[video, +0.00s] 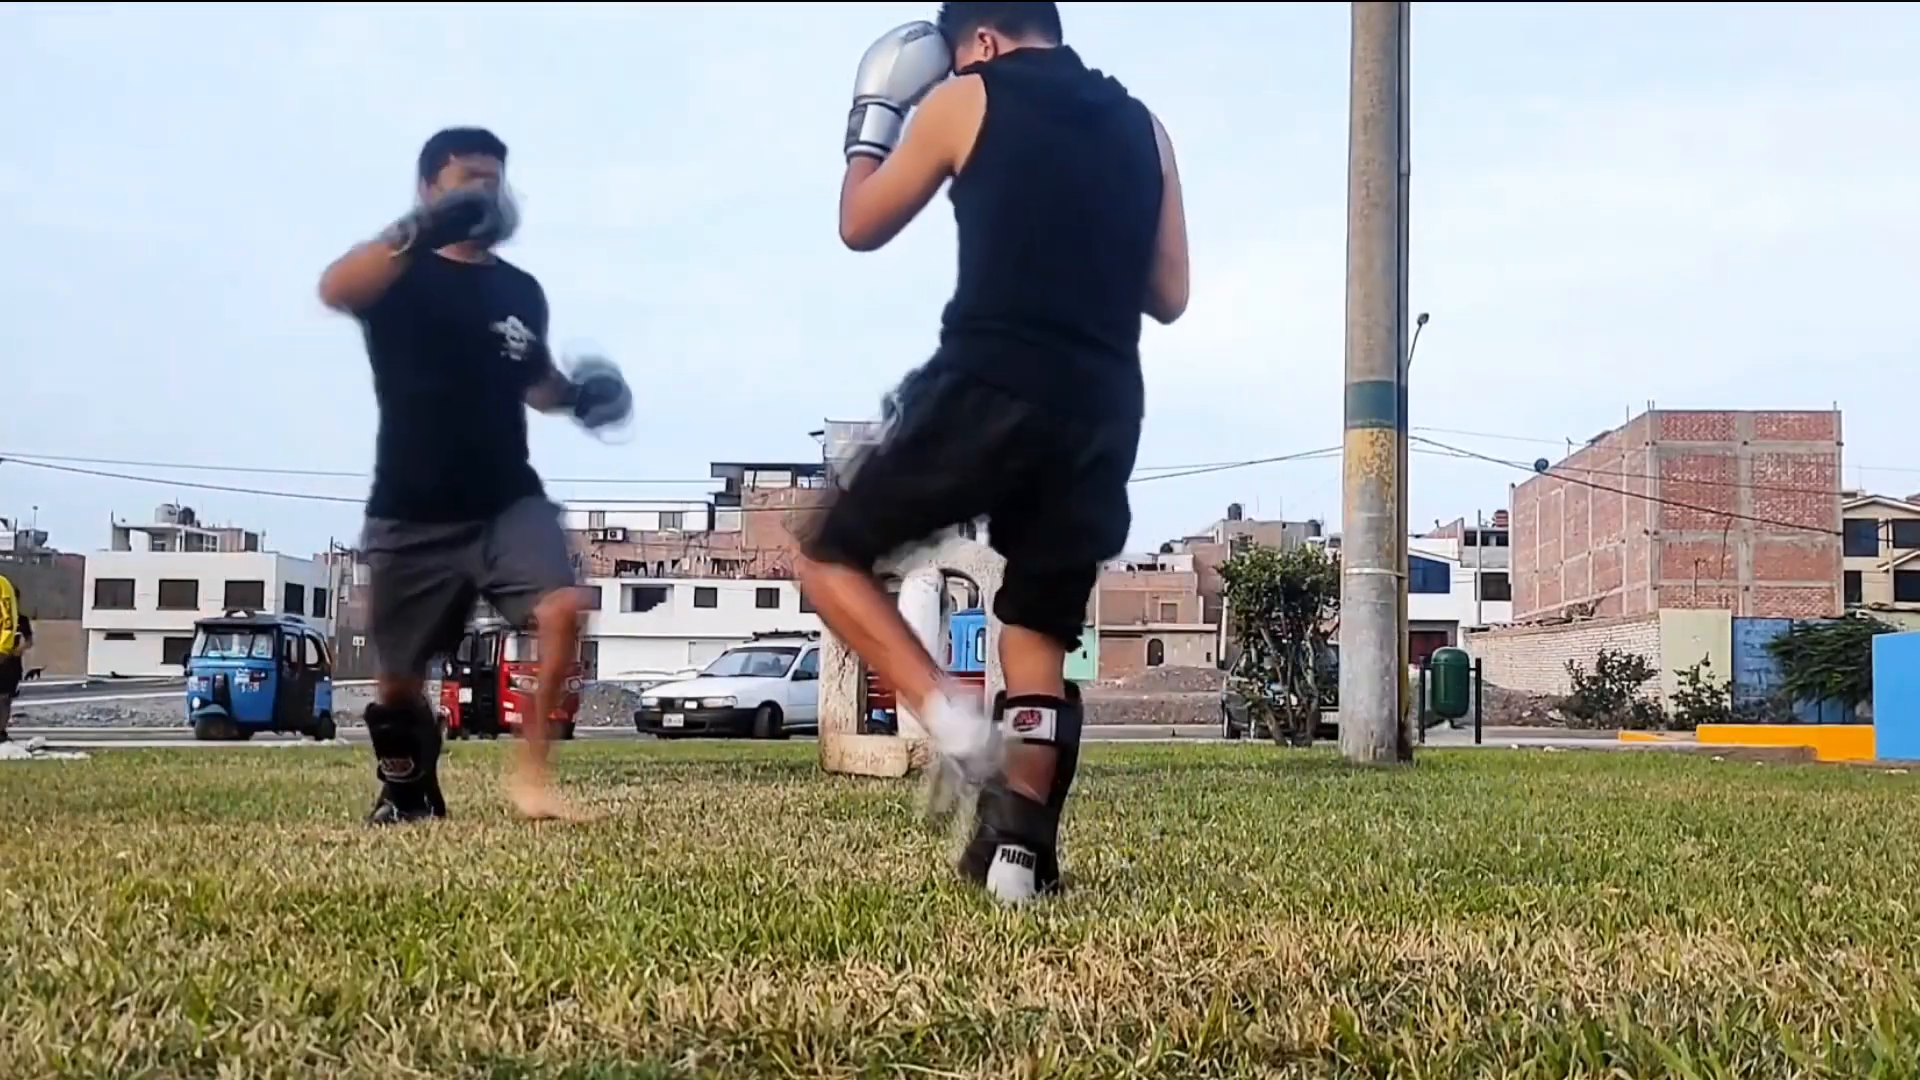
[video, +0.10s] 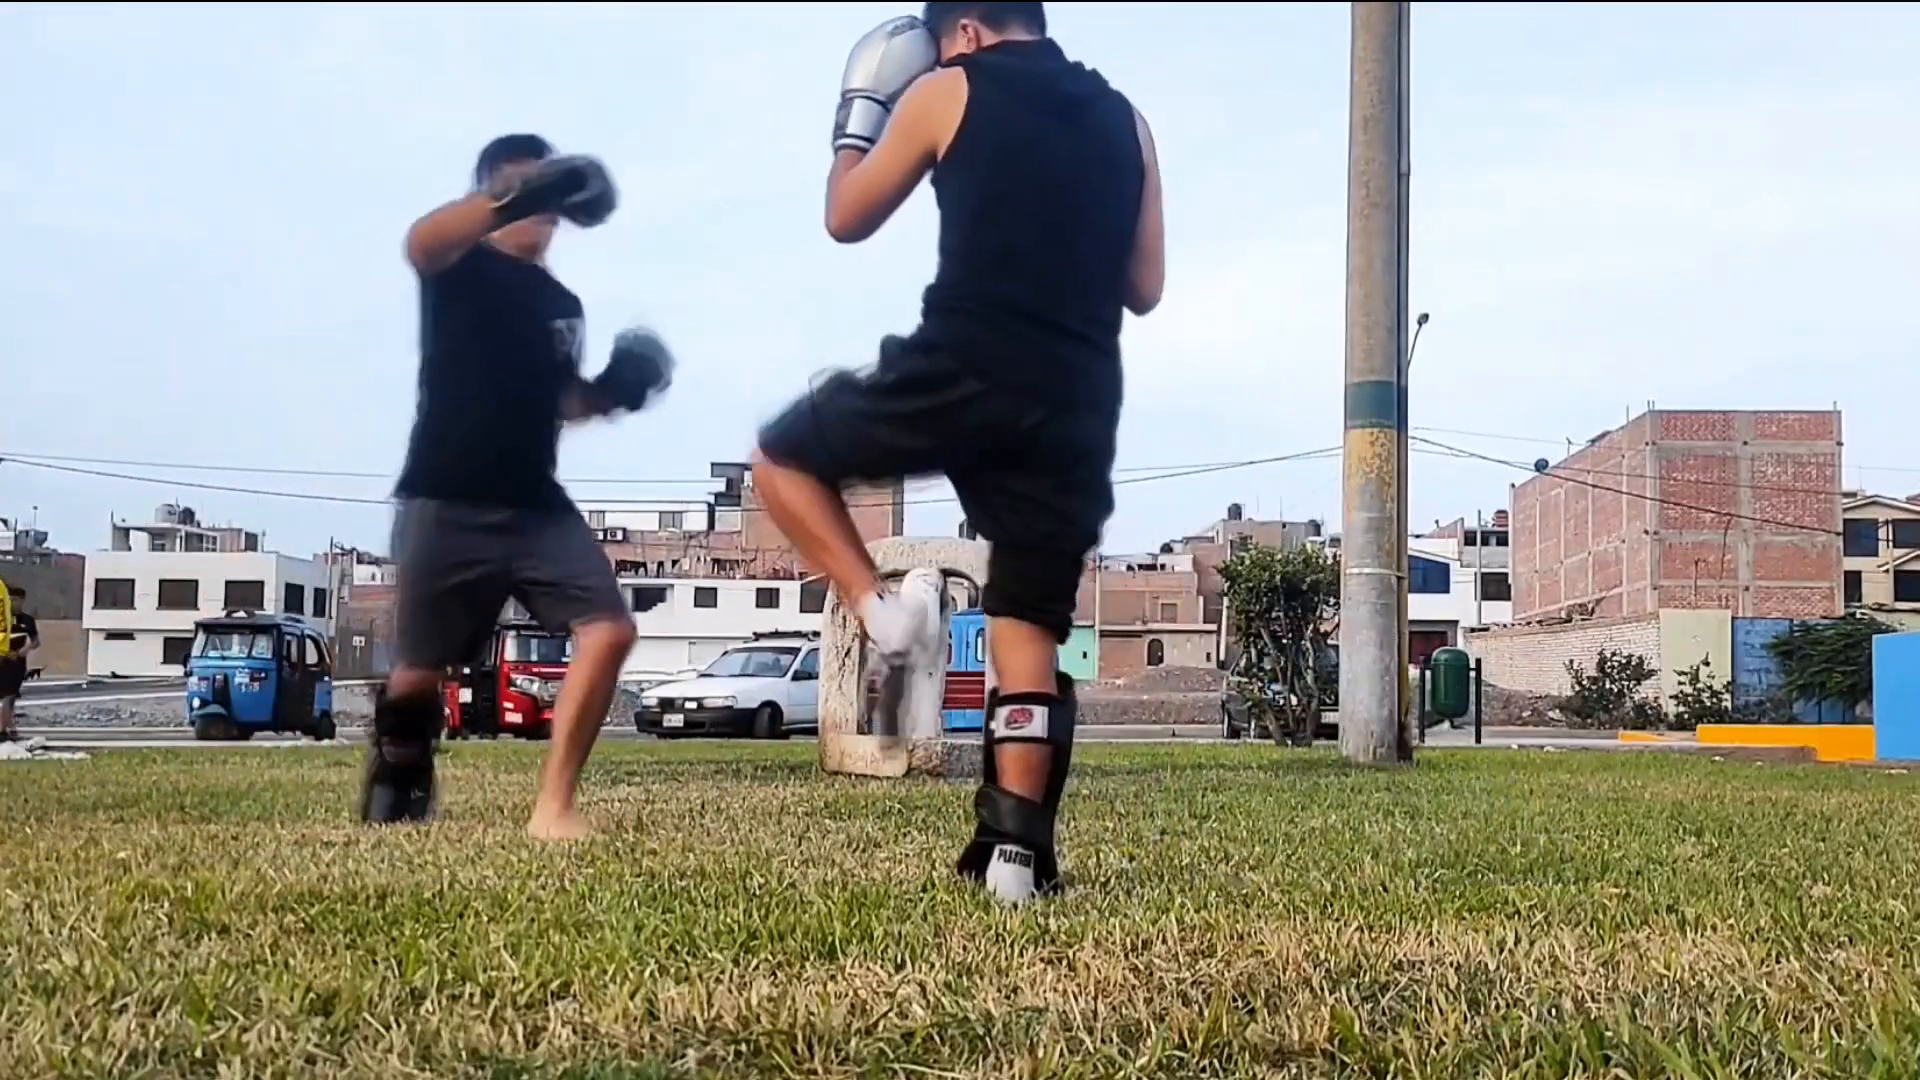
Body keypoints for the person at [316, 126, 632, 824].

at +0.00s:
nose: (483, 190)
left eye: (493, 180)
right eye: (468, 178)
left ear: (504, 193)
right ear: (429, 187)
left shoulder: (521, 289)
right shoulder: (390, 264)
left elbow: (532, 382)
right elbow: (336, 290)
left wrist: (576, 394)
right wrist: (419, 231)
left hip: (508, 503)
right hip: (412, 512)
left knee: (562, 608)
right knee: (397, 678)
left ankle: (532, 778)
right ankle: (410, 800)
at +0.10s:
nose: (550, 212)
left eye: (554, 198)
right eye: (537, 197)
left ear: (558, 205)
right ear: (501, 194)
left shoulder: (559, 300)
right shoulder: (455, 255)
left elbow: (557, 402)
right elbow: (422, 244)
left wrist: (614, 388)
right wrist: (523, 190)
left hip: (536, 508)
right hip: (444, 503)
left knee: (608, 629)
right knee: (415, 678)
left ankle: (555, 810)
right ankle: (395, 821)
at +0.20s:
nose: (602, 219)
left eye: (611, 211)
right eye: (586, 205)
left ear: (614, 233)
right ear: (547, 213)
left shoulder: (591, 323)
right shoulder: (526, 255)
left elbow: (591, 442)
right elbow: (509, 195)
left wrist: (641, 384)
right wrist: (605, 152)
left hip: (561, 488)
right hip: (492, 471)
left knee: (623, 642)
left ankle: (557, 813)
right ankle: (405, 721)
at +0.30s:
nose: (640, 221)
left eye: (647, 215)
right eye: (625, 209)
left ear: (648, 231)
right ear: (591, 214)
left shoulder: (622, 305)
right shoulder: (569, 245)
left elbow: (591, 386)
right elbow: (546, 183)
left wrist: (645, 392)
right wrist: (618, 118)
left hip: (597, 442)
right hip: (550, 423)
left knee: (623, 639)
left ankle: (558, 810)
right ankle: (482, 628)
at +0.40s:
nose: (667, 235)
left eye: (674, 230)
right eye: (655, 221)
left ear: (672, 242)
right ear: (620, 220)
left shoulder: (646, 307)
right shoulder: (608, 237)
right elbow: (578, 172)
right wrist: (615, 83)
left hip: (587, 420)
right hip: (610, 379)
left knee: (602, 598)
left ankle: (569, 791)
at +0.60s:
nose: (733, 274)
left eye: (737, 266)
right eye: (722, 261)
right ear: (693, 259)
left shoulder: (609, 342)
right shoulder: (678, 275)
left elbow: (542, 411)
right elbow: (662, 203)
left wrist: (564, 458)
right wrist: (662, 113)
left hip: (606, 419)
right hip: (662, 352)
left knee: (627, 585)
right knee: (759, 307)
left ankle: (626, 765)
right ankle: (786, 104)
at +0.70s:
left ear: (674, 305)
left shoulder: (648, 351)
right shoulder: (777, 335)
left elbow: (560, 447)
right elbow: (878, 416)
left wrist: (581, 526)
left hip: (659, 395)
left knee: (631, 581)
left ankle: (623, 775)